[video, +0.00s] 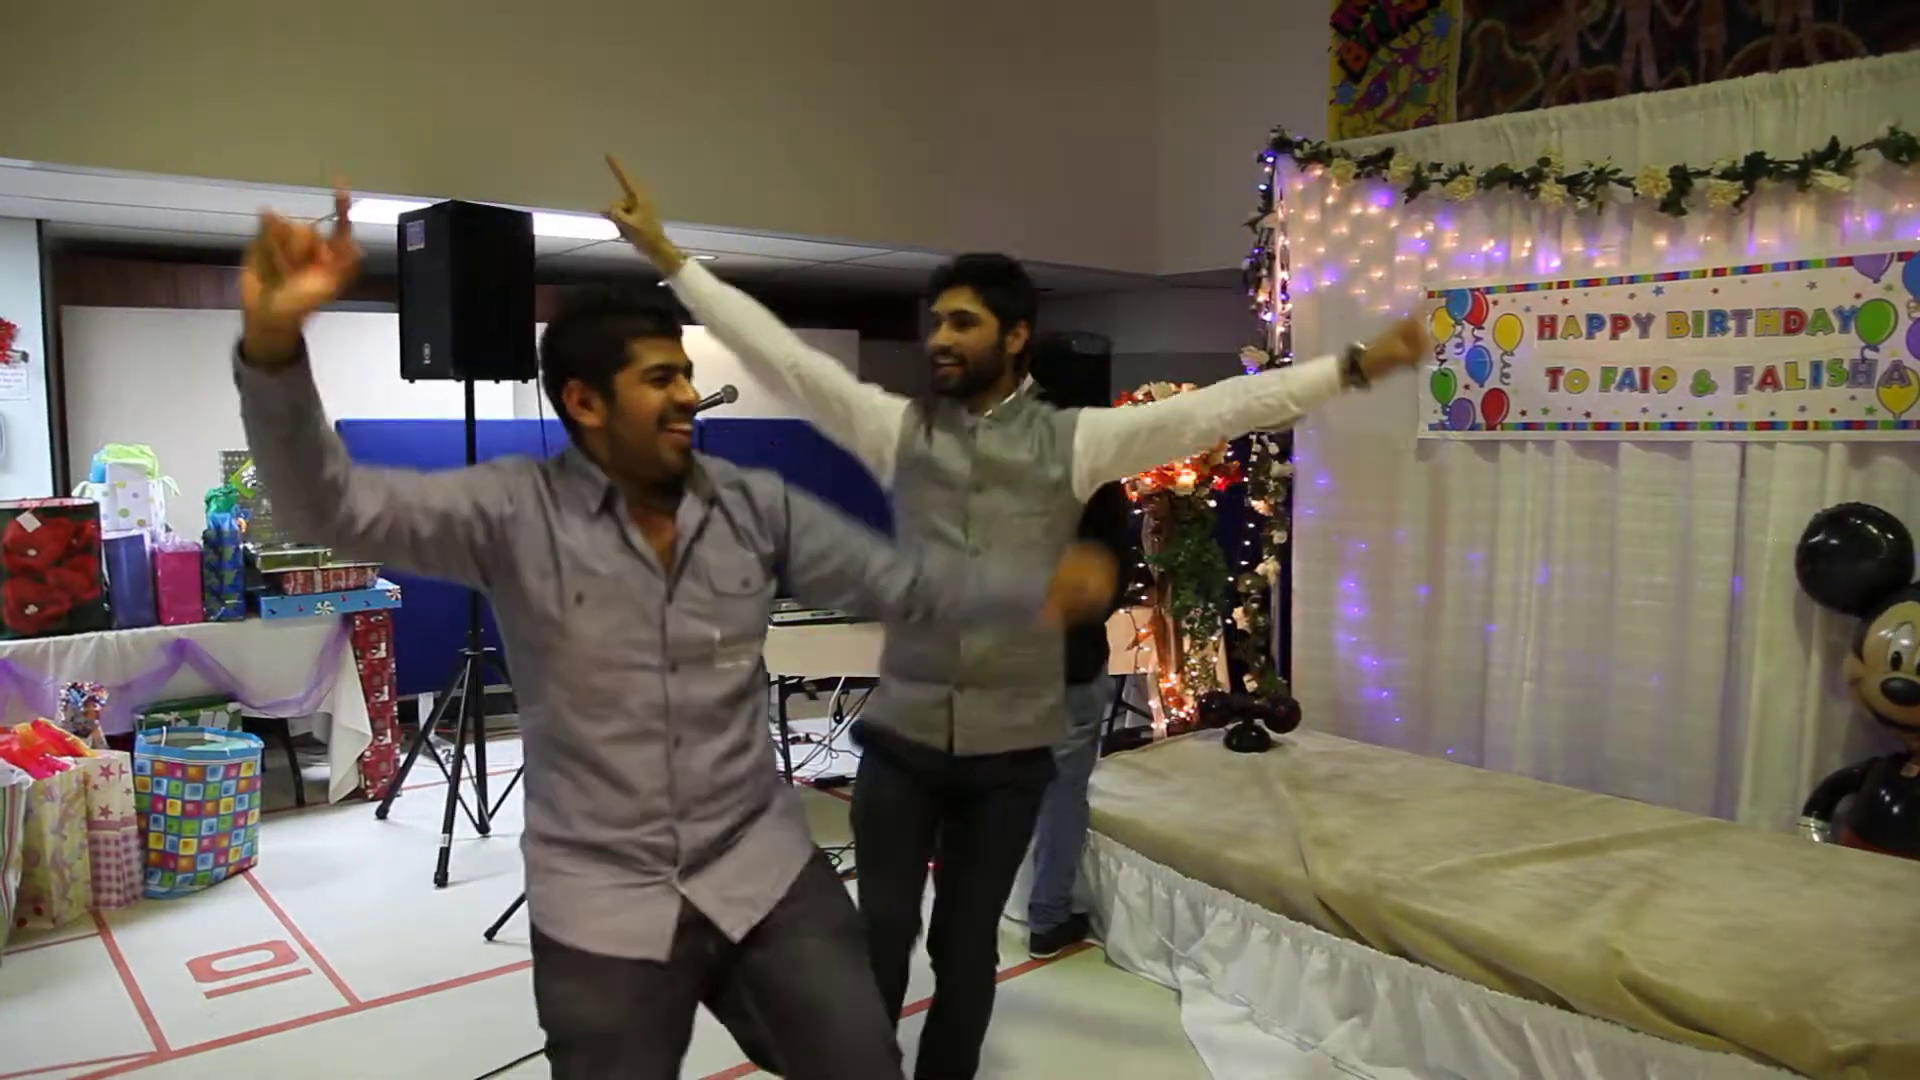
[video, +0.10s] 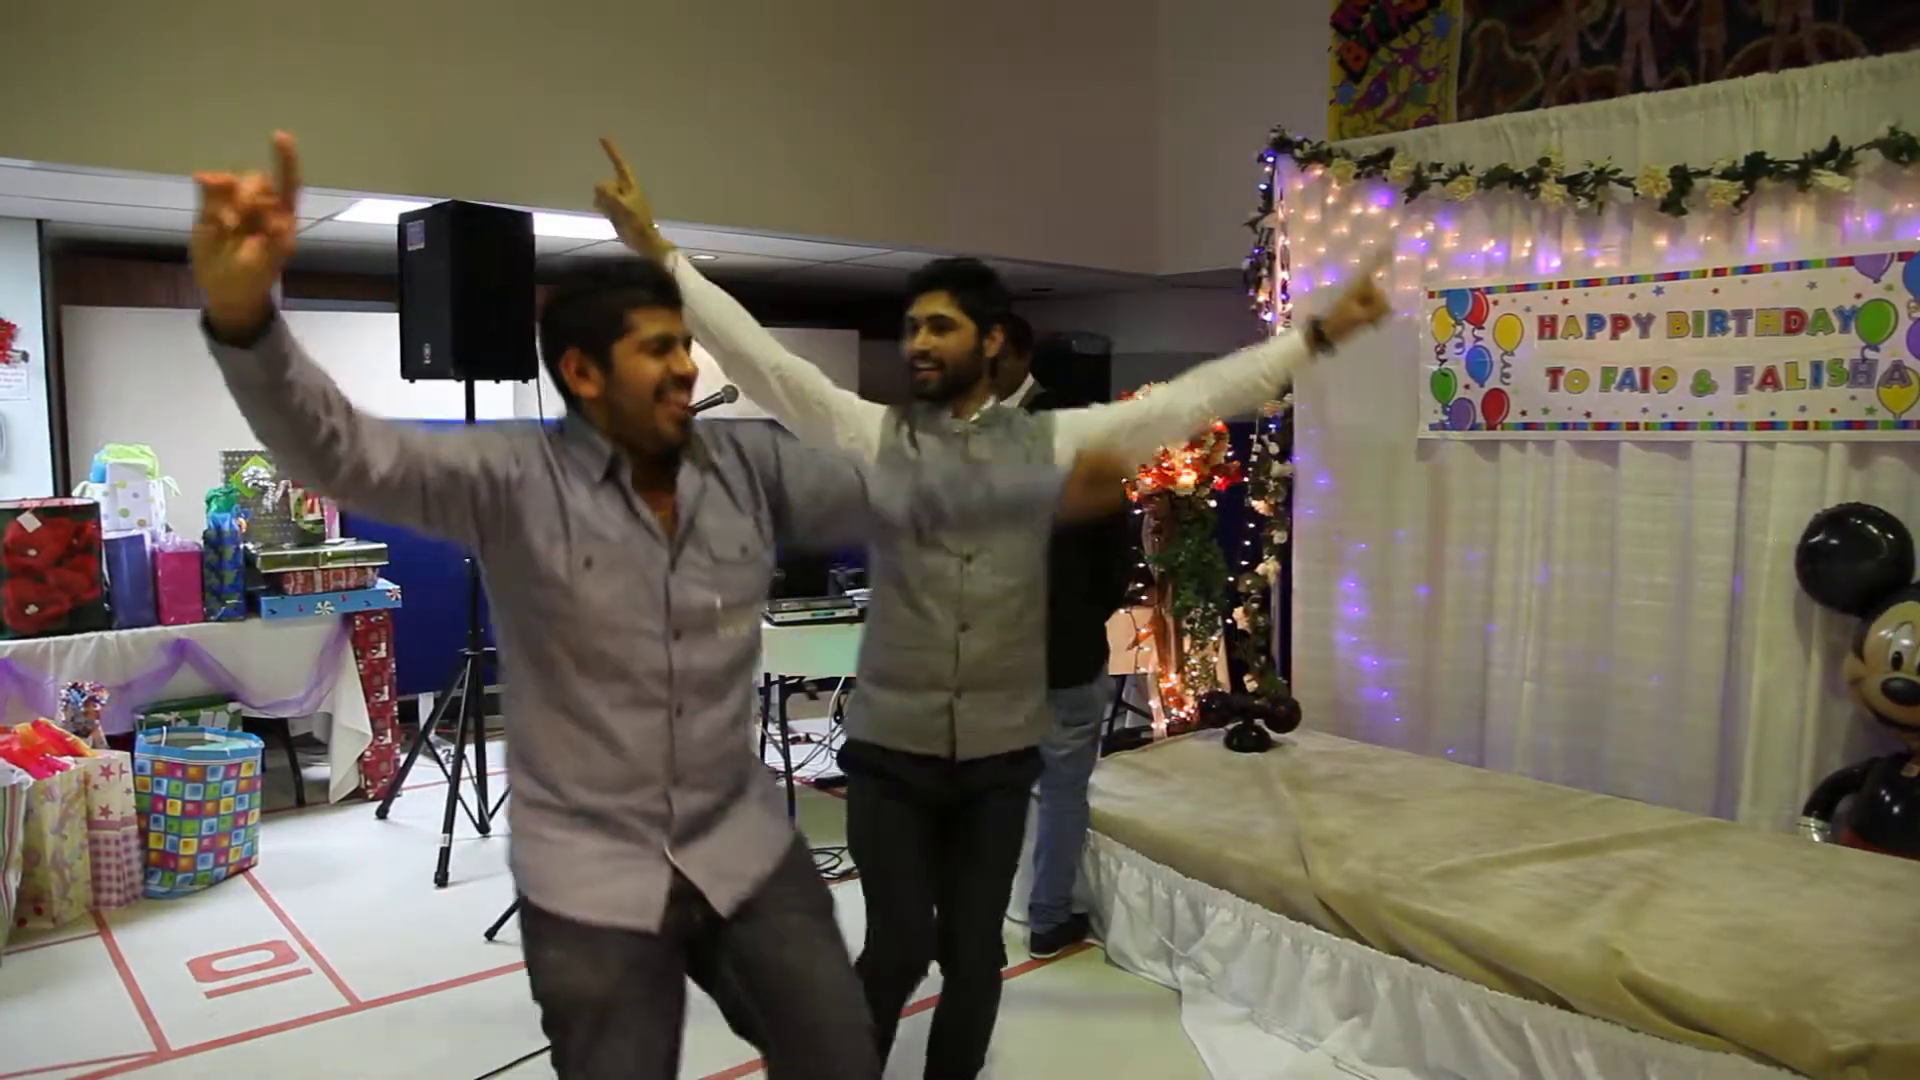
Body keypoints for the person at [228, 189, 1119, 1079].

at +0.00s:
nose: (687, 398)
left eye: (687, 376)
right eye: (660, 379)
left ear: (688, 390)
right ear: (582, 402)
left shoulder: (752, 508)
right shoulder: (510, 510)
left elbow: (901, 580)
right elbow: (331, 506)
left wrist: (1045, 585)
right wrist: (272, 352)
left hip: (759, 859)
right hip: (601, 889)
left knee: (861, 1055)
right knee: (610, 1072)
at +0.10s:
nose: (688, 368)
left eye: (687, 345)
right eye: (659, 351)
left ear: (688, 359)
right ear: (581, 371)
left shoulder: (749, 461)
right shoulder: (509, 477)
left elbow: (905, 495)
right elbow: (347, 454)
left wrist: (1060, 488)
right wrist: (242, 325)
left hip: (740, 835)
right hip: (588, 859)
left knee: (841, 1056)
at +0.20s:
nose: (674, 343)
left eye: (677, 323)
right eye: (647, 326)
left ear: (682, 330)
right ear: (568, 345)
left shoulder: (716, 429)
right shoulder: (498, 441)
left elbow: (875, 436)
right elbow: (355, 439)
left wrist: (1039, 422)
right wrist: (239, 358)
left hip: (693, 805)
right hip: (553, 838)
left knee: (809, 1034)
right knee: (598, 1070)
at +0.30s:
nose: (648, 340)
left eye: (651, 320)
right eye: (621, 319)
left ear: (653, 336)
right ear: (543, 336)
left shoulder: (677, 423)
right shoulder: (488, 439)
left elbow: (827, 419)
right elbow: (387, 469)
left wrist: (989, 401)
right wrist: (286, 437)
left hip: (660, 788)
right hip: (531, 827)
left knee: (775, 974)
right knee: (587, 1061)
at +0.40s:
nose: (628, 338)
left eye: (630, 317)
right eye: (599, 319)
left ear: (636, 324)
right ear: (523, 339)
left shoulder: (649, 423)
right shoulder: (481, 441)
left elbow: (789, 399)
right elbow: (403, 492)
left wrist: (942, 367)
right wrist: (324, 508)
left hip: (639, 793)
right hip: (520, 839)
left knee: (740, 966)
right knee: (595, 1063)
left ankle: (640, 1064)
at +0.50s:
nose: (615, 326)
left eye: (619, 307)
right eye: (586, 309)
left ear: (625, 315)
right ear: (514, 335)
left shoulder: (642, 420)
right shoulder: (474, 442)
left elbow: (775, 391)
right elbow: (421, 505)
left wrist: (910, 340)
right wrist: (371, 555)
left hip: (622, 797)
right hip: (505, 830)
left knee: (667, 987)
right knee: (578, 1056)